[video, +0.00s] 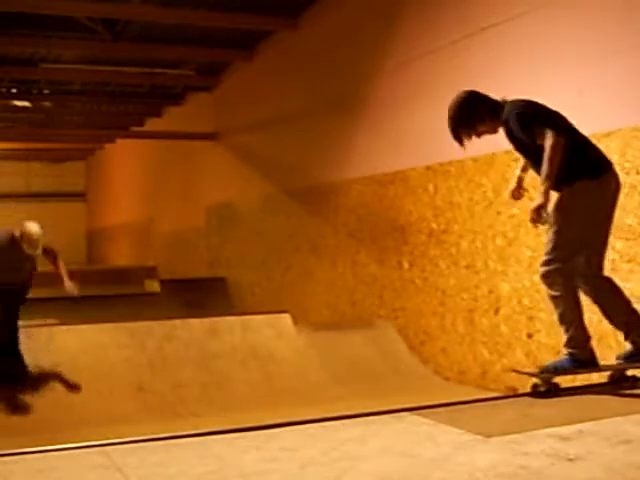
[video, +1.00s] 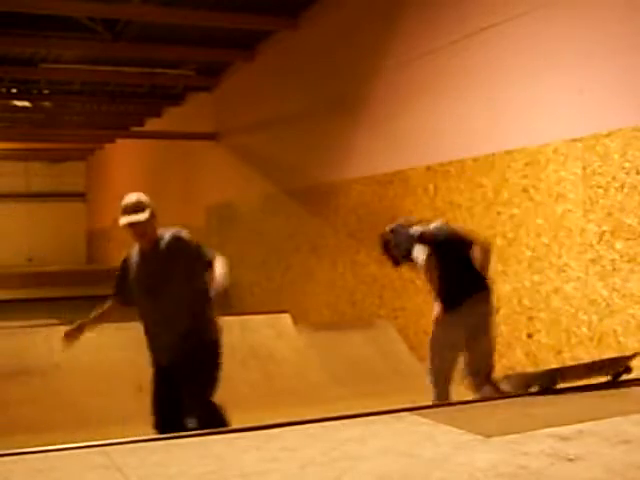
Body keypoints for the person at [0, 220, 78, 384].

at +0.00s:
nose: (33, 251)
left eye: (36, 247)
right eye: (30, 247)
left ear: (39, 239)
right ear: (20, 238)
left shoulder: (35, 244)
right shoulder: (6, 243)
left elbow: (54, 256)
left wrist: (66, 280)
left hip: (15, 299)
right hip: (4, 299)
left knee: (11, 336)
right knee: (6, 337)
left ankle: (17, 373)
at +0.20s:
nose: (48, 259)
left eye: (51, 255)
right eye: (45, 255)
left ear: (56, 250)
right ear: (37, 248)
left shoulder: (59, 265)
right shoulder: (22, 261)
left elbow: (72, 287)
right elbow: (13, 282)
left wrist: (74, 314)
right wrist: (14, 305)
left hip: (45, 319)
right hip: (24, 318)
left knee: (37, 358)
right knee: (19, 358)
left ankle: (48, 402)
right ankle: (34, 388)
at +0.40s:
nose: (68, 247)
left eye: (72, 242)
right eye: (64, 242)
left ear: (78, 242)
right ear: (56, 242)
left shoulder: (89, 265)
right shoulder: (40, 263)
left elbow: (99, 295)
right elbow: (29, 288)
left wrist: (101, 321)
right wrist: (33, 314)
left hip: (81, 324)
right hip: (56, 325)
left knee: (76, 366)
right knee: (54, 369)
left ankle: (92, 411)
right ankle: (67, 407)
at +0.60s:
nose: (98, 257)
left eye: (101, 252)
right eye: (92, 253)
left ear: (108, 253)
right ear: (84, 255)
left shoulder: (124, 276)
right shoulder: (72, 279)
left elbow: (148, 296)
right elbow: (53, 303)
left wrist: (154, 327)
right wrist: (54, 329)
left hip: (120, 339)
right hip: (92, 342)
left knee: (108, 385)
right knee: (85, 392)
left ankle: (132, 427)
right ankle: (111, 423)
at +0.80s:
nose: (124, 258)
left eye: (128, 252)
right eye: (118, 254)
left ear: (135, 251)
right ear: (110, 256)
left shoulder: (159, 277)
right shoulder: (106, 288)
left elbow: (188, 307)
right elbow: (84, 331)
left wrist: (198, 342)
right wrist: (58, 350)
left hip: (159, 354)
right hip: (127, 359)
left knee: (147, 406)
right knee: (120, 419)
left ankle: (172, 452)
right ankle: (151, 454)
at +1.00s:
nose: (138, 231)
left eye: (142, 223)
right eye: (132, 226)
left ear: (153, 219)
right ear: (126, 228)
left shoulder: (176, 243)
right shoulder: (131, 263)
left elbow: (217, 260)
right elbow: (119, 302)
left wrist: (218, 282)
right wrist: (83, 326)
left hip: (199, 342)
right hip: (164, 352)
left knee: (197, 405)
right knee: (166, 421)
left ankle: (230, 452)